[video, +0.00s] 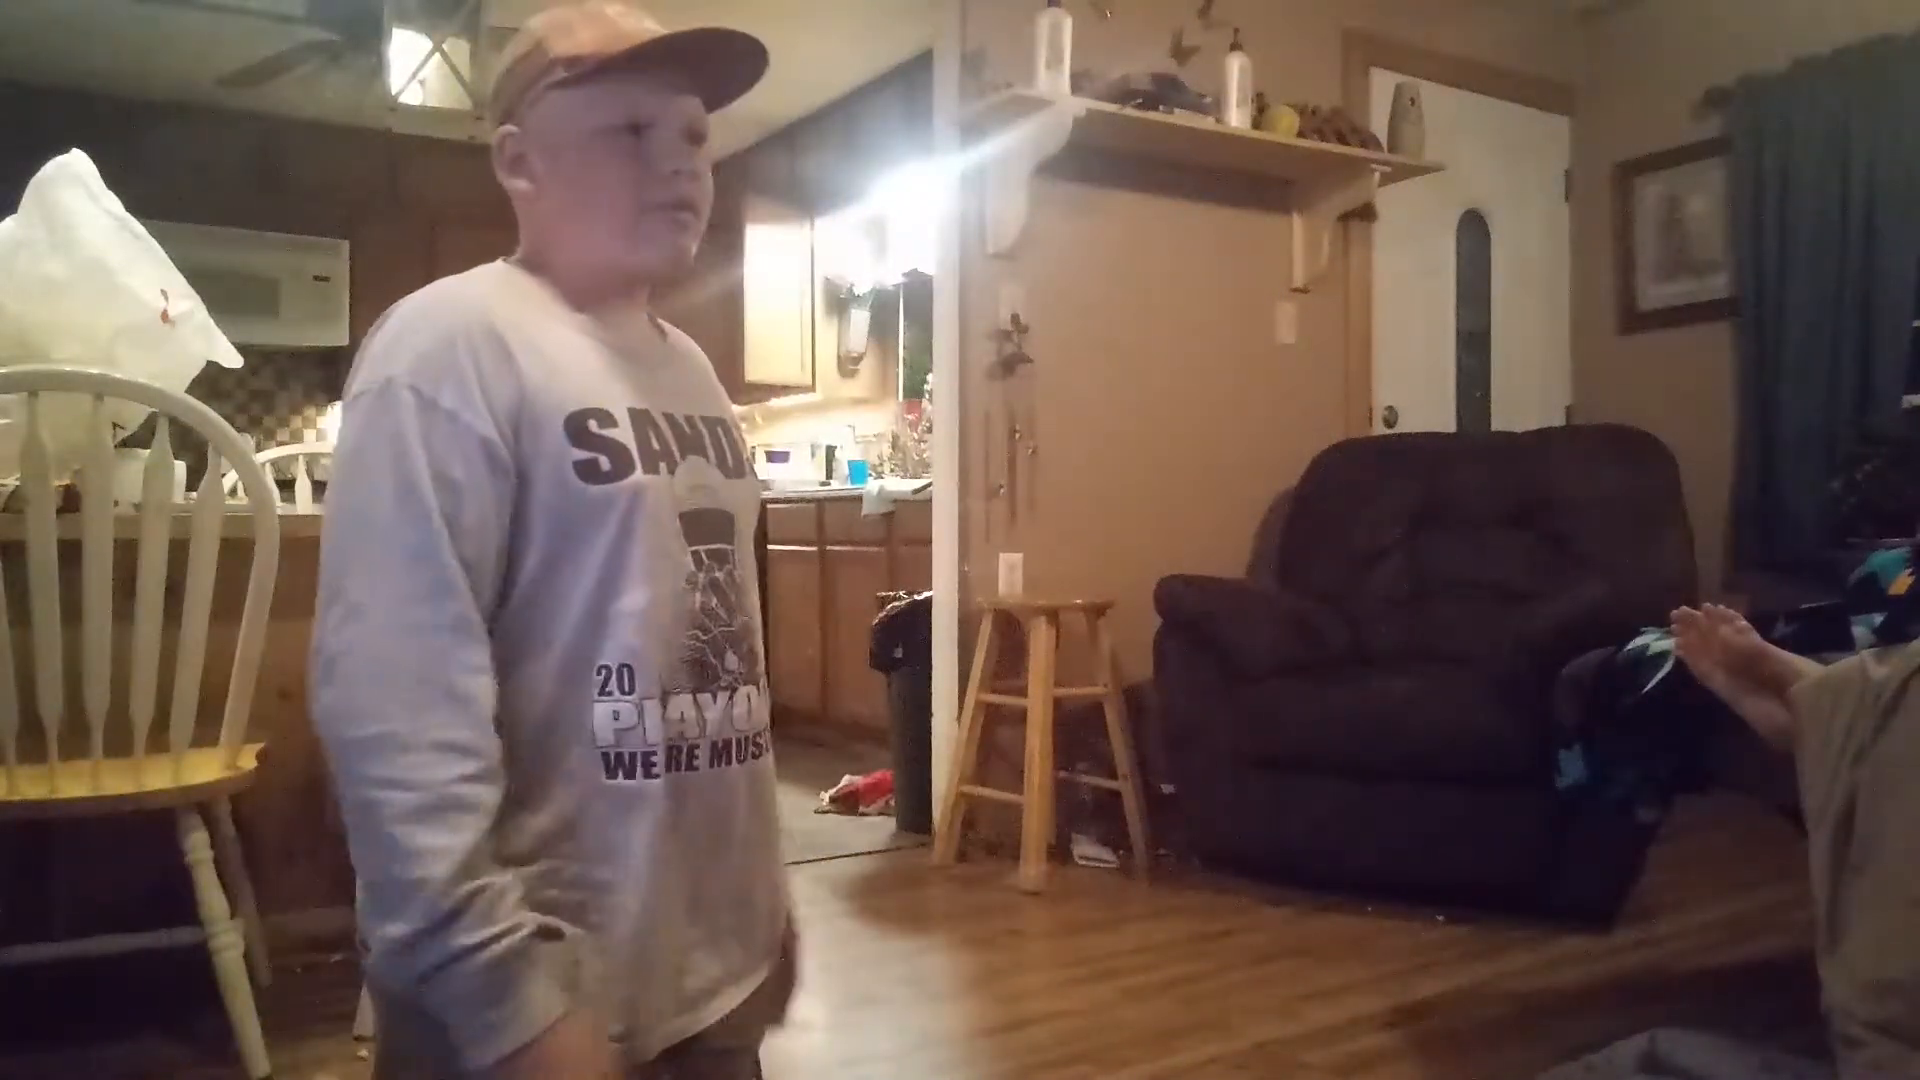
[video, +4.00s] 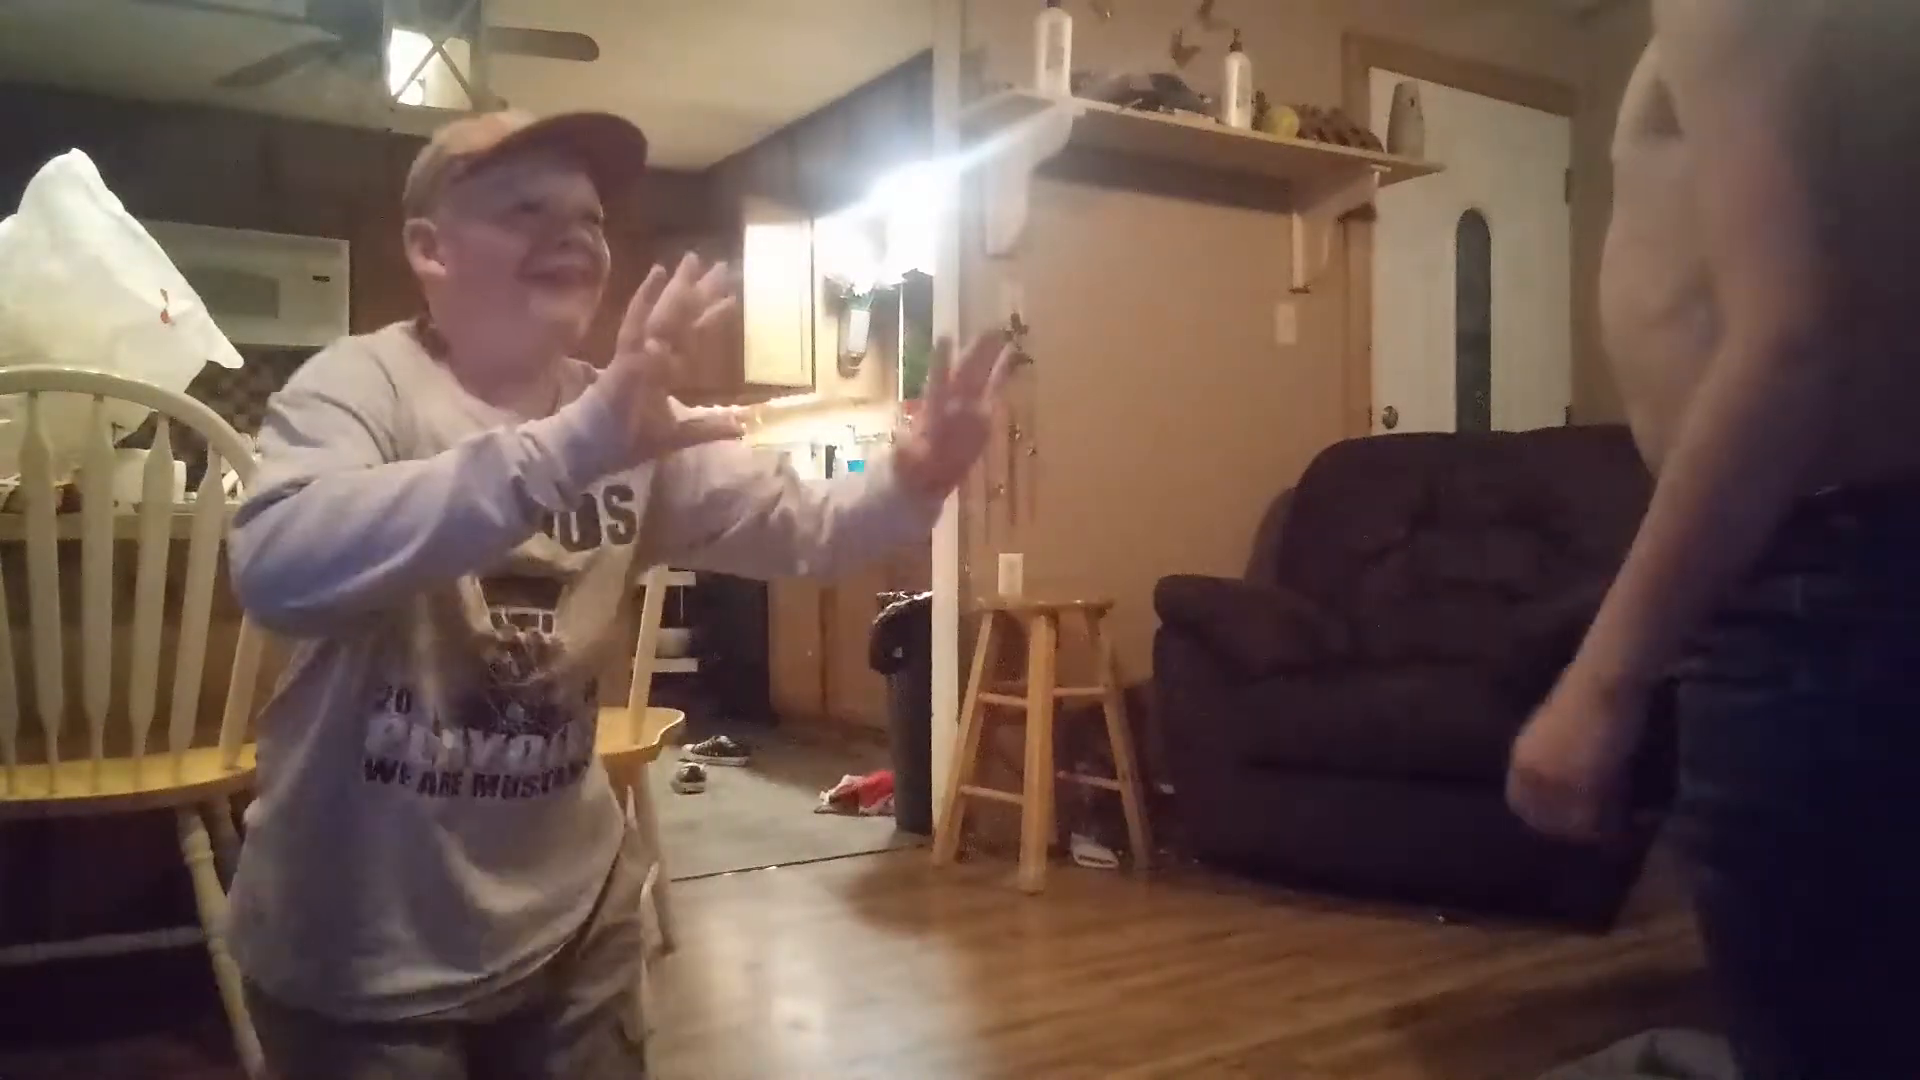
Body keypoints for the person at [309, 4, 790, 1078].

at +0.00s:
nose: (681, 166)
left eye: (694, 137)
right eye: (630, 131)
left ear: (710, 158)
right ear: (517, 159)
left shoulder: (689, 366)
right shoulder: (445, 348)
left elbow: (709, 657)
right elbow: (395, 705)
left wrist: (758, 902)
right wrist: (508, 1010)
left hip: (710, 982)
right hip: (535, 1008)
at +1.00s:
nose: (739, 209)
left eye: (746, 183)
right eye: (694, 173)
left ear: (756, 203)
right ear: (588, 199)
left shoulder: (736, 396)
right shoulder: (508, 367)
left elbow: (789, 645)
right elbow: (416, 664)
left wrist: (841, 843)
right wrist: (365, 947)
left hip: (740, 972)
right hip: (552, 982)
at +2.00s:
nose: (660, 198)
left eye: (669, 171)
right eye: (612, 162)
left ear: (681, 194)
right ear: (505, 186)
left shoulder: (649, 386)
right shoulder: (411, 367)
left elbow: (704, 639)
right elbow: (326, 689)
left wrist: (809, 786)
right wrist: (323, 1009)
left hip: (679, 977)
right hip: (489, 1002)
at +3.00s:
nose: (695, 191)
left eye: (693, 167)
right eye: (651, 161)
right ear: (542, 189)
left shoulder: (689, 387)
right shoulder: (455, 369)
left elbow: (727, 655)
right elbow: (383, 657)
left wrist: (829, 789)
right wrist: (606, 853)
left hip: (693, 942)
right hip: (510, 963)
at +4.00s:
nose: (574, 237)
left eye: (589, 220)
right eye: (525, 211)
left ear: (612, 255)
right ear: (429, 253)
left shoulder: (625, 420)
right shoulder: (353, 386)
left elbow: (796, 518)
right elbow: (283, 563)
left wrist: (910, 488)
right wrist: (580, 441)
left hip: (569, 924)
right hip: (360, 937)